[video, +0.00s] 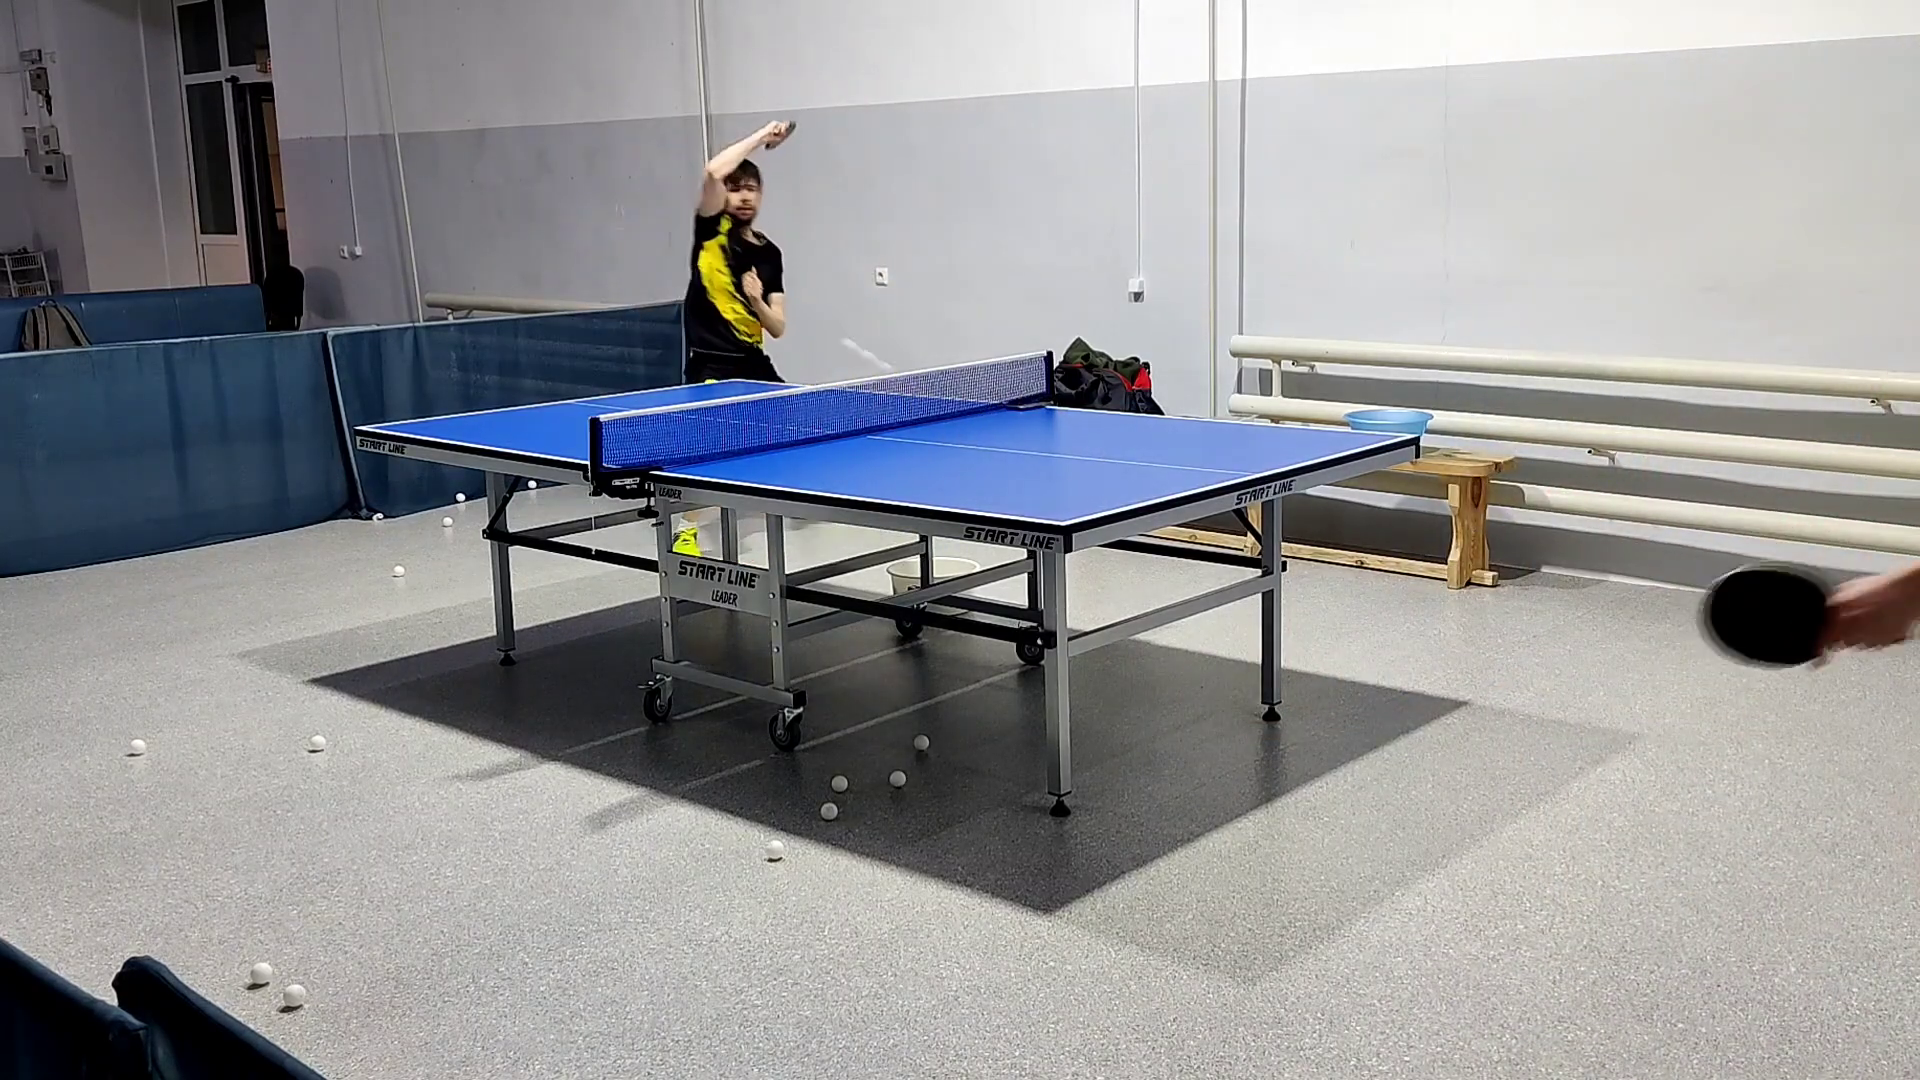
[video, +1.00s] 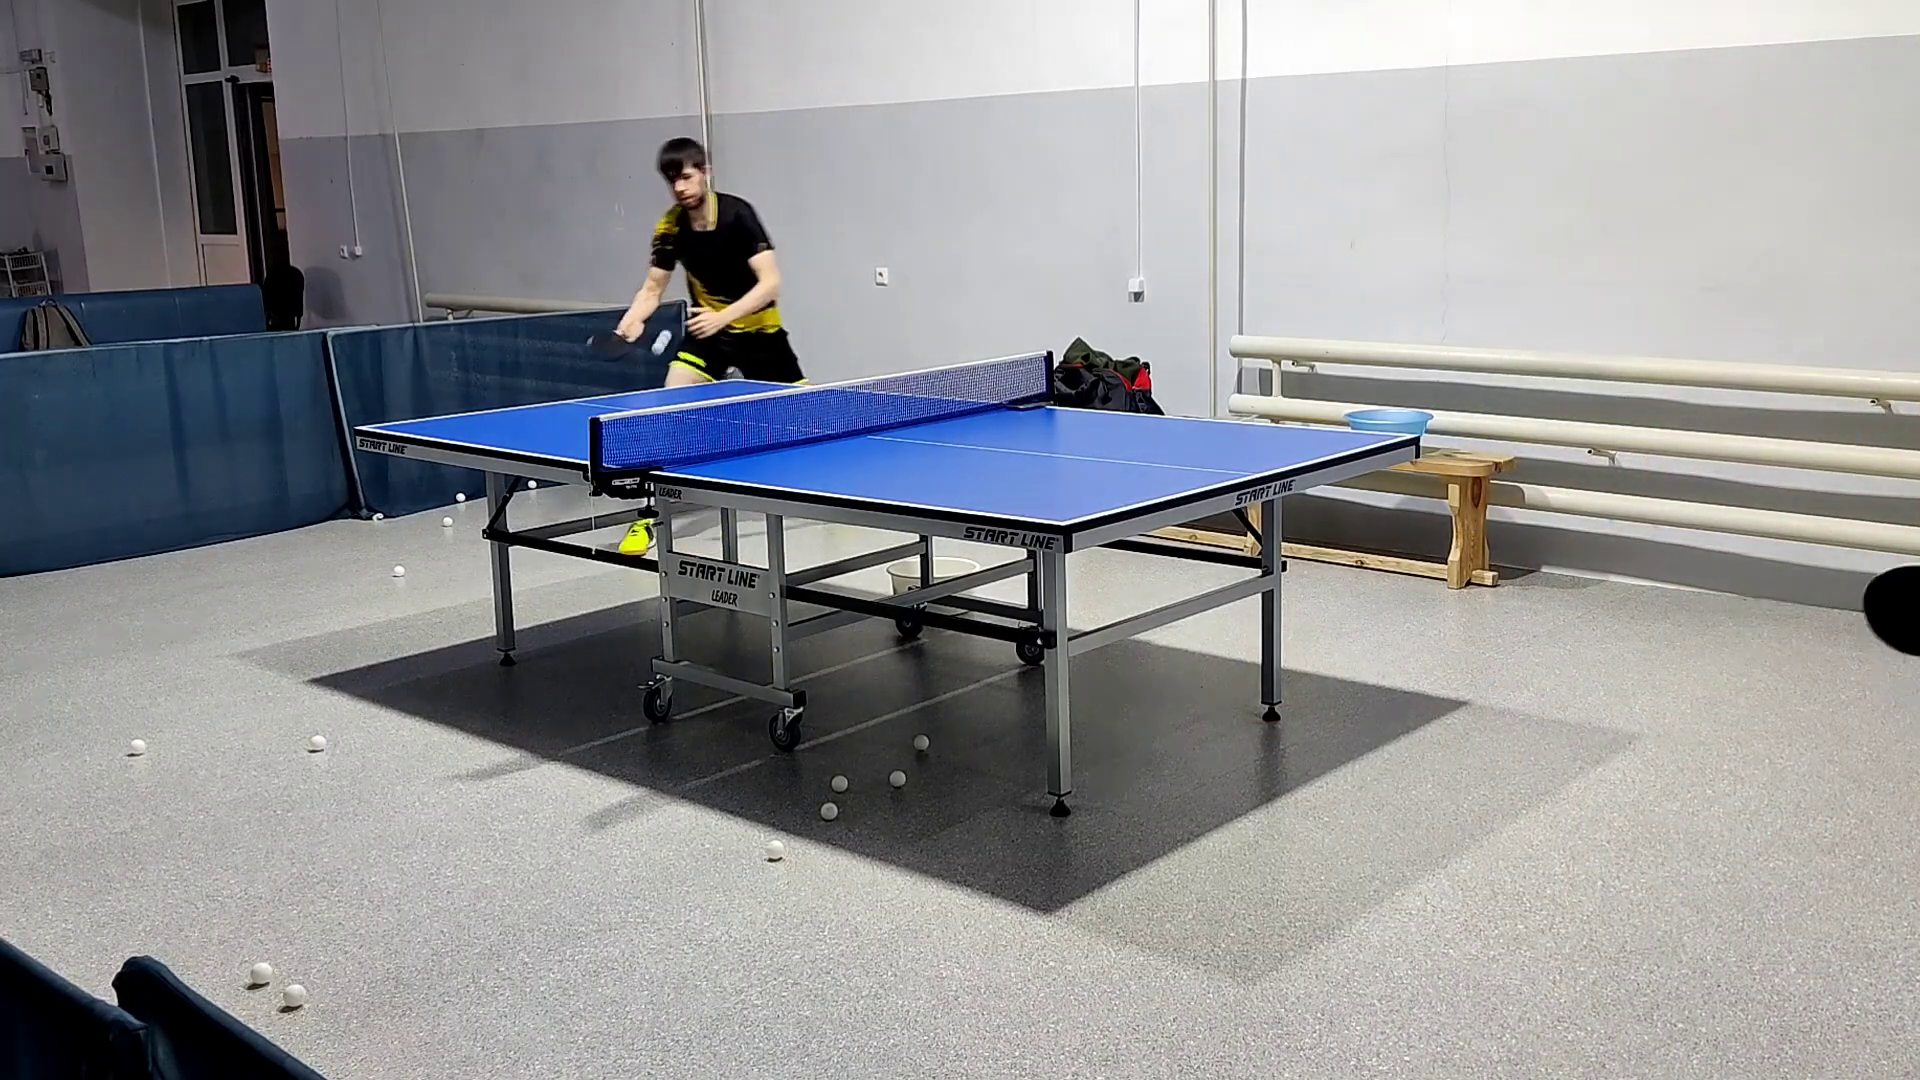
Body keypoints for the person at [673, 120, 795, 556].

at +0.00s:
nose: (744, 198)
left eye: (752, 189)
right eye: (737, 190)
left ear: (762, 196)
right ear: (724, 195)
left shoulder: (768, 252)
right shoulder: (711, 230)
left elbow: (778, 328)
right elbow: (713, 173)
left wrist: (757, 300)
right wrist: (761, 136)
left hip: (752, 361)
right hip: (708, 359)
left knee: (799, 421)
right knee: (710, 439)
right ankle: (690, 527)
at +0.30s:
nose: (766, 167)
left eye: (771, 158)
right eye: (758, 159)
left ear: (780, 165)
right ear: (746, 167)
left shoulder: (792, 221)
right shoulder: (730, 206)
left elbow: (809, 289)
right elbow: (703, 179)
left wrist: (790, 285)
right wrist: (750, 130)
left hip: (775, 335)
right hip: (731, 332)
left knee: (823, 405)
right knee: (713, 403)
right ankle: (692, 516)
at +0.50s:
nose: (751, 140)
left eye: (756, 131)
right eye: (740, 133)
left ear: (766, 136)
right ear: (726, 141)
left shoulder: (783, 187)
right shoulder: (714, 181)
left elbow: (813, 255)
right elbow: (669, 201)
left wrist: (788, 278)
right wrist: (693, 152)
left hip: (775, 310)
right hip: (727, 309)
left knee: (820, 400)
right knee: (717, 406)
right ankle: (713, 511)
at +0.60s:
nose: (744, 145)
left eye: (749, 135)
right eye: (734, 137)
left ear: (760, 139)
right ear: (721, 145)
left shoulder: (781, 191)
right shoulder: (708, 190)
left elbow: (811, 259)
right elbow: (666, 240)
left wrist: (785, 293)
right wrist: (680, 205)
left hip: (776, 313)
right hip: (725, 314)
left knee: (816, 401)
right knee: (714, 406)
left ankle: (830, 485)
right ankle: (713, 511)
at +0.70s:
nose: (739, 160)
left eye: (745, 149)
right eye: (730, 153)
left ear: (757, 152)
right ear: (719, 159)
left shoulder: (781, 202)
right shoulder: (708, 205)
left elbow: (813, 270)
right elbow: (672, 271)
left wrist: (781, 309)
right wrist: (676, 247)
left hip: (779, 318)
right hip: (726, 318)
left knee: (810, 410)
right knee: (714, 409)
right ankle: (714, 511)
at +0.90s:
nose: (710, 180)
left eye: (716, 170)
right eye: (701, 173)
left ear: (732, 170)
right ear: (694, 179)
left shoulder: (762, 213)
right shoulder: (693, 223)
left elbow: (794, 281)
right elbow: (669, 280)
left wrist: (751, 317)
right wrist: (652, 308)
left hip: (773, 325)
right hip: (724, 324)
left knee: (814, 411)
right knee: (688, 404)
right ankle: (660, 511)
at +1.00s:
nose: (679, 188)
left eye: (686, 177)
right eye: (672, 180)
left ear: (706, 172)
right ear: (668, 183)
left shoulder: (738, 214)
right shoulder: (672, 226)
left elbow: (771, 283)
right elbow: (653, 288)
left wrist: (722, 318)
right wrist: (633, 319)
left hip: (760, 334)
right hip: (709, 335)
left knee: (803, 409)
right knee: (674, 403)